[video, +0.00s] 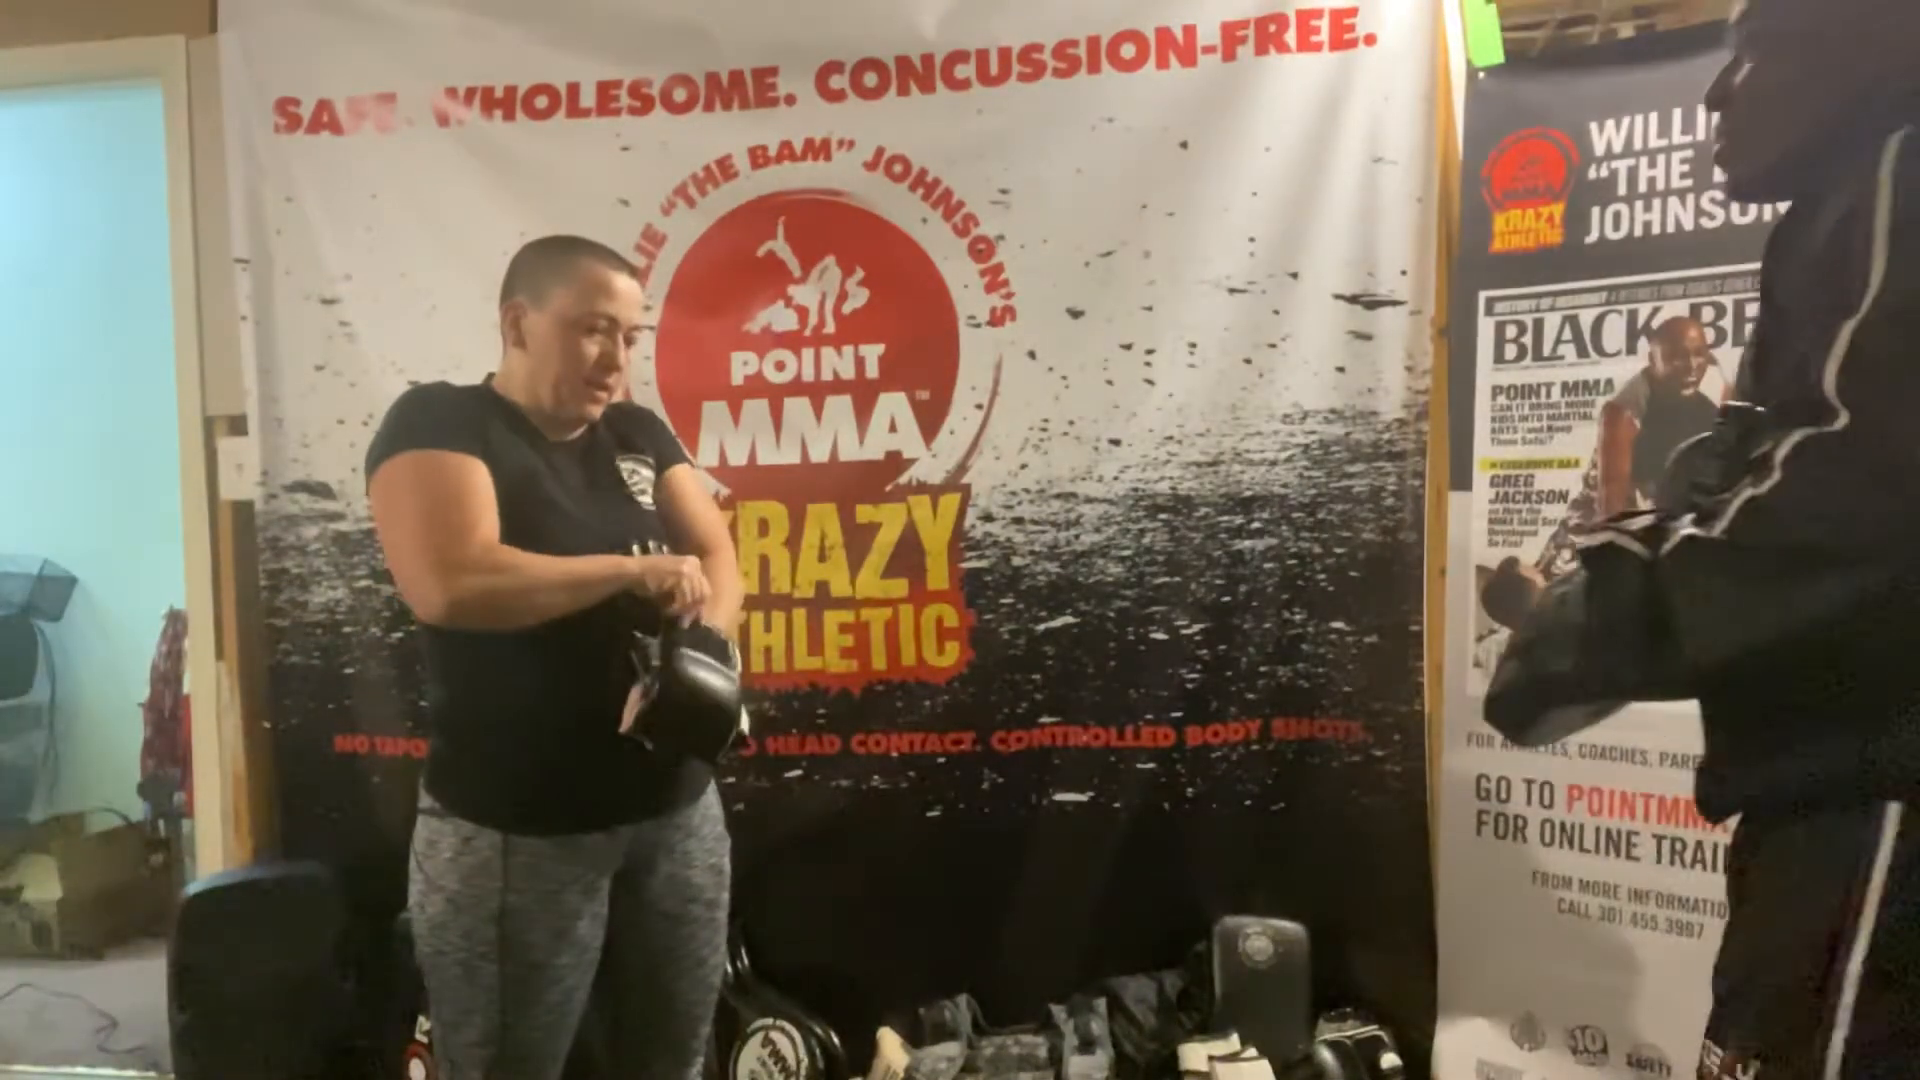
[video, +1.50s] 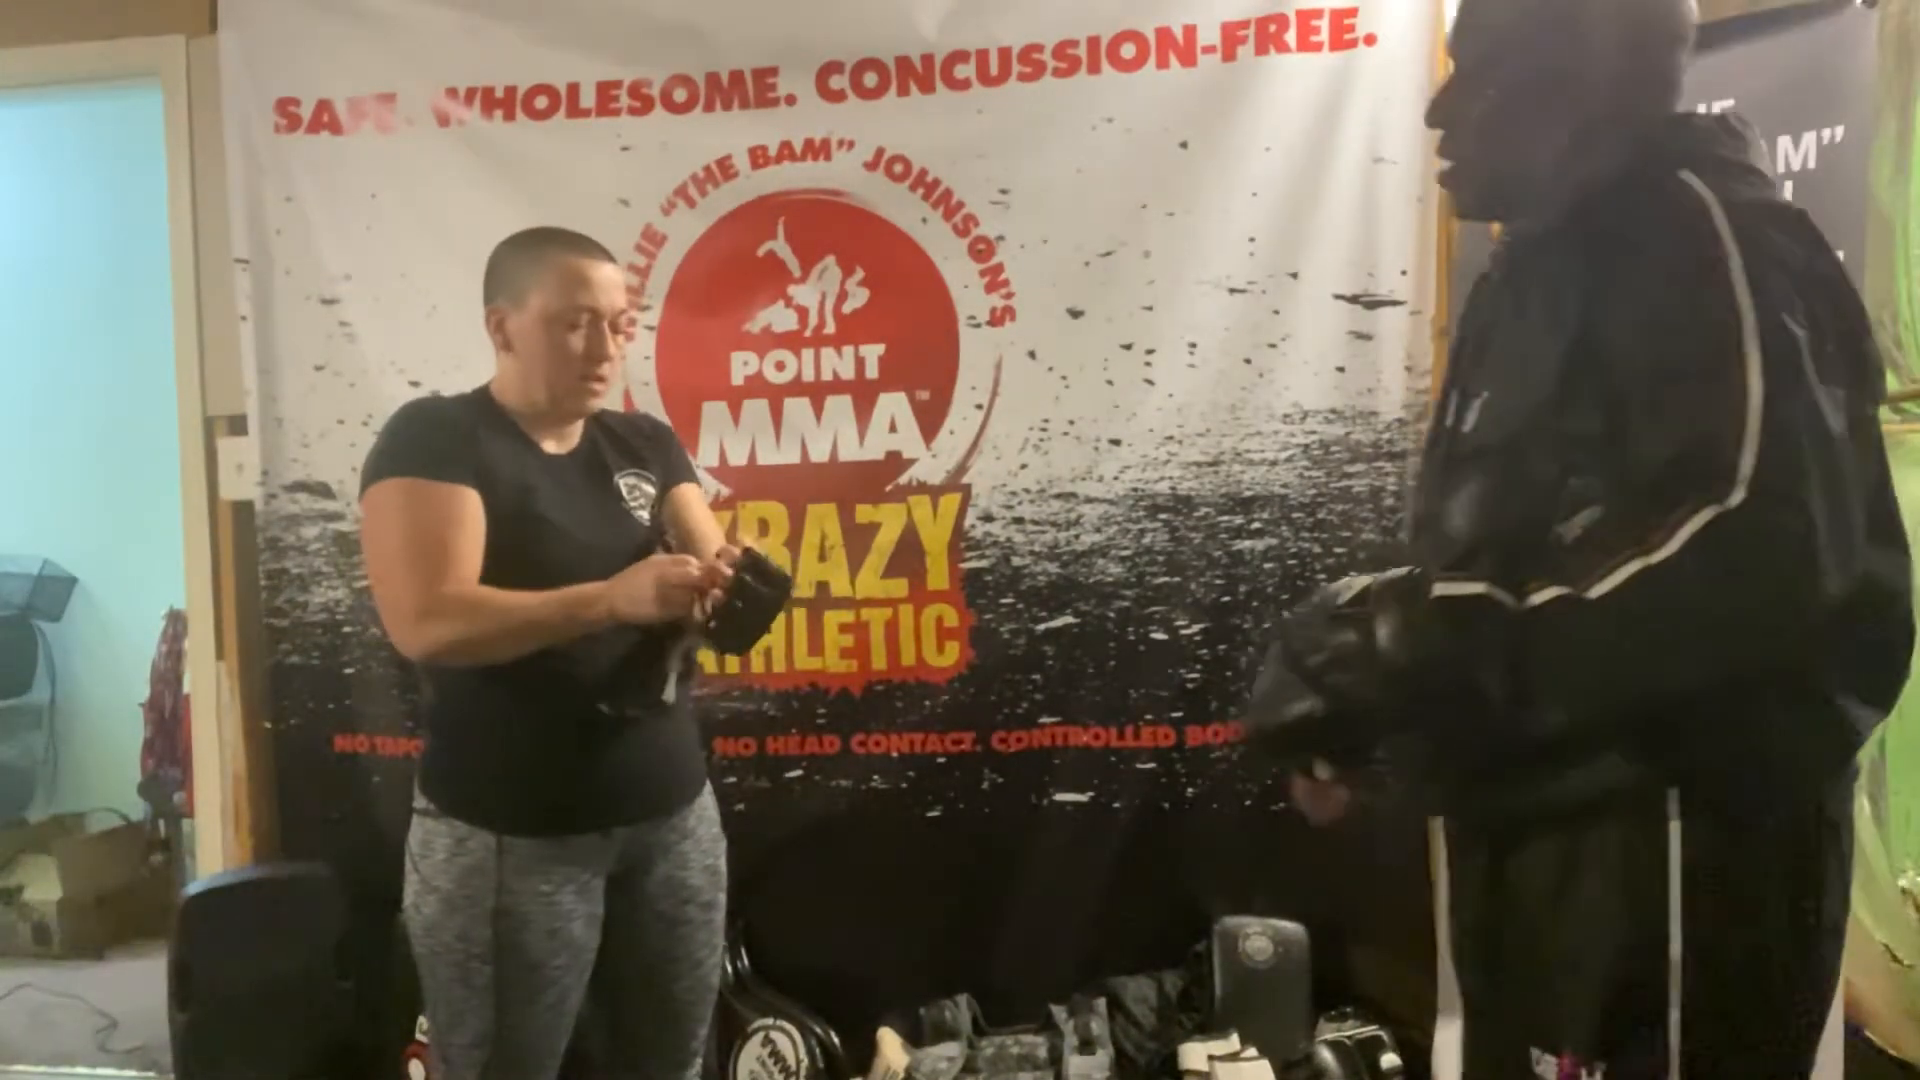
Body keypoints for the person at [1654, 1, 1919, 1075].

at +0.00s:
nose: (1718, 82)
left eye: (1755, 40)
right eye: (1730, 48)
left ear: (1868, 43)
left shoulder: (1892, 176)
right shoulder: (1846, 198)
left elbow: (1856, 474)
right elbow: (1766, 447)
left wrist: (1581, 620)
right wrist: (1593, 595)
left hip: (1869, 799)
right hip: (1824, 794)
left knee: (1816, 1052)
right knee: (1778, 1044)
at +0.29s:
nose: (1618, 88)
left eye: (1658, 43)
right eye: (1629, 48)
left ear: (1776, 55)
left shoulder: (1825, 201)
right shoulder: (1774, 221)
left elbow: (1785, 514)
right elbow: (1665, 481)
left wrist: (1497, 646)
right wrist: (1494, 622)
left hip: (1805, 834)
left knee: (1770, 1056)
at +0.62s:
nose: (1446, 93)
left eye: (1483, 46)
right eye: (1462, 51)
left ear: (1601, 50)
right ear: (1607, 63)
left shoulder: (1658, 217)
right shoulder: (1642, 217)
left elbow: (1681, 556)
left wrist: (1396, 671)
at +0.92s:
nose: (1359, 98)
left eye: (1394, 48)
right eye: (1370, 54)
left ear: (1520, 42)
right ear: (1519, 53)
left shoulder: (1600, 209)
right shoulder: (1527, 229)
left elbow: (1650, 561)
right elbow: (1472, 516)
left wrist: (1361, 673)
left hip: (1661, 864)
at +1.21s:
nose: (1386, 91)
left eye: (1423, 42)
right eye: (1402, 48)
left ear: (1543, 43)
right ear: (1529, 53)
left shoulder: (1653, 206)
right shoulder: (1514, 240)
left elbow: (1722, 557)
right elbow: (1479, 555)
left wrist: (1391, 672)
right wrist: (1371, 748)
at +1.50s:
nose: (1436, 105)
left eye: (1476, 66)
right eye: (1452, 69)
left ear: (1587, 70)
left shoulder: (1704, 224)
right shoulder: (1527, 260)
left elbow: (1768, 544)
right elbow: (1485, 551)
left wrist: (1440, 656)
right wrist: (1358, 730)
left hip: (1684, 869)